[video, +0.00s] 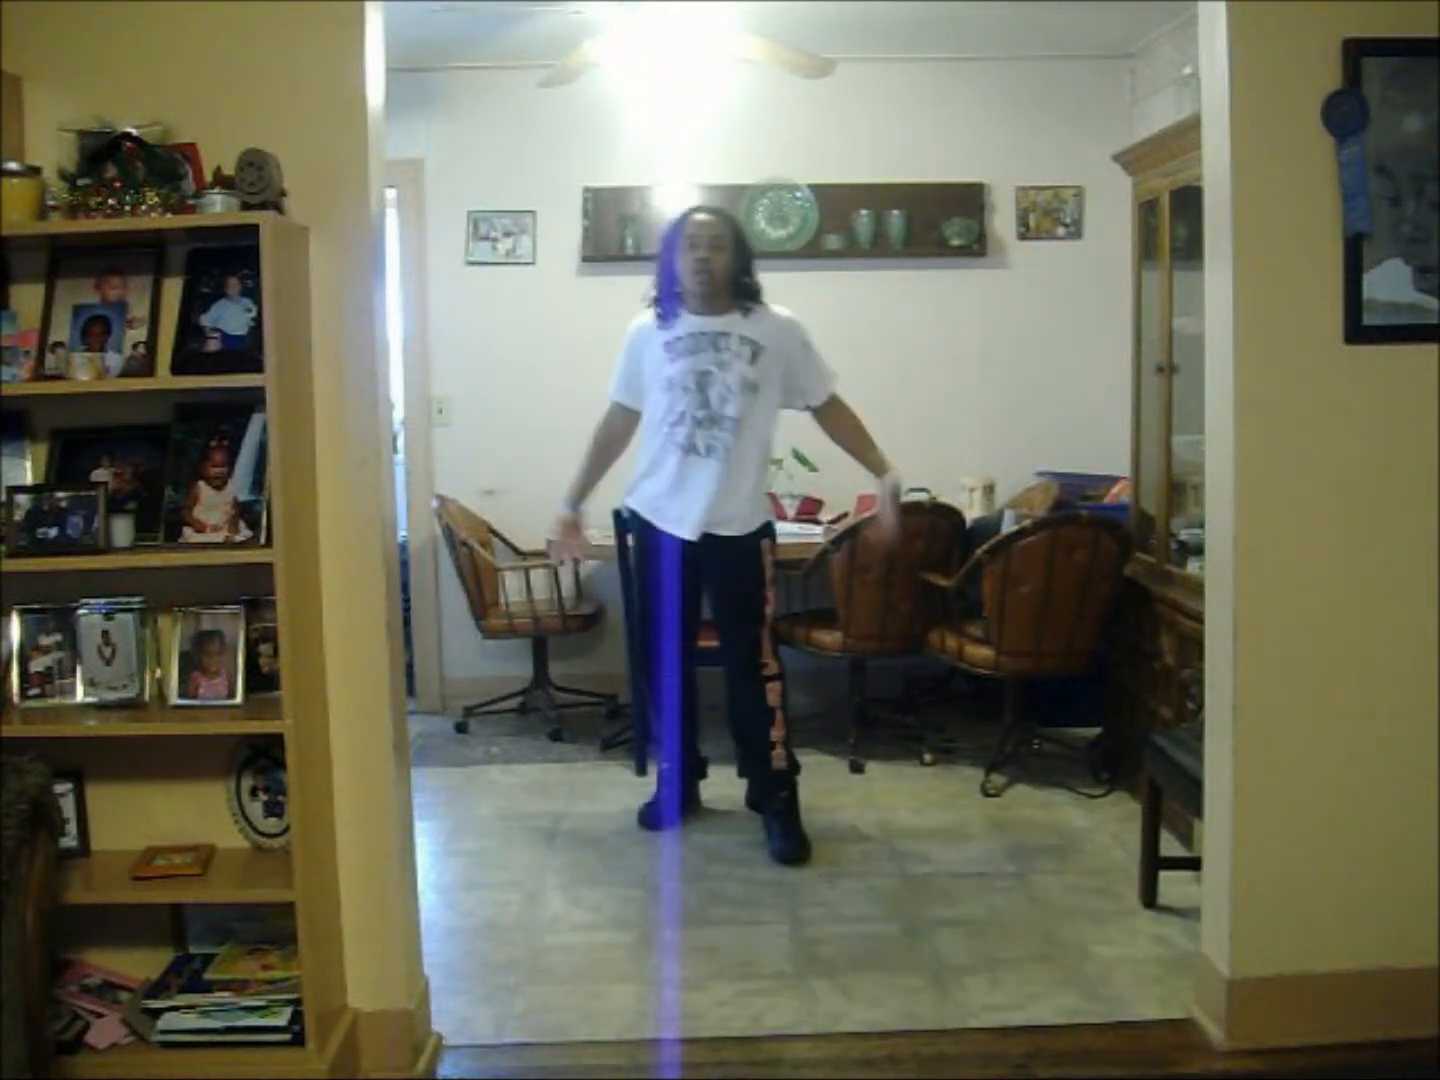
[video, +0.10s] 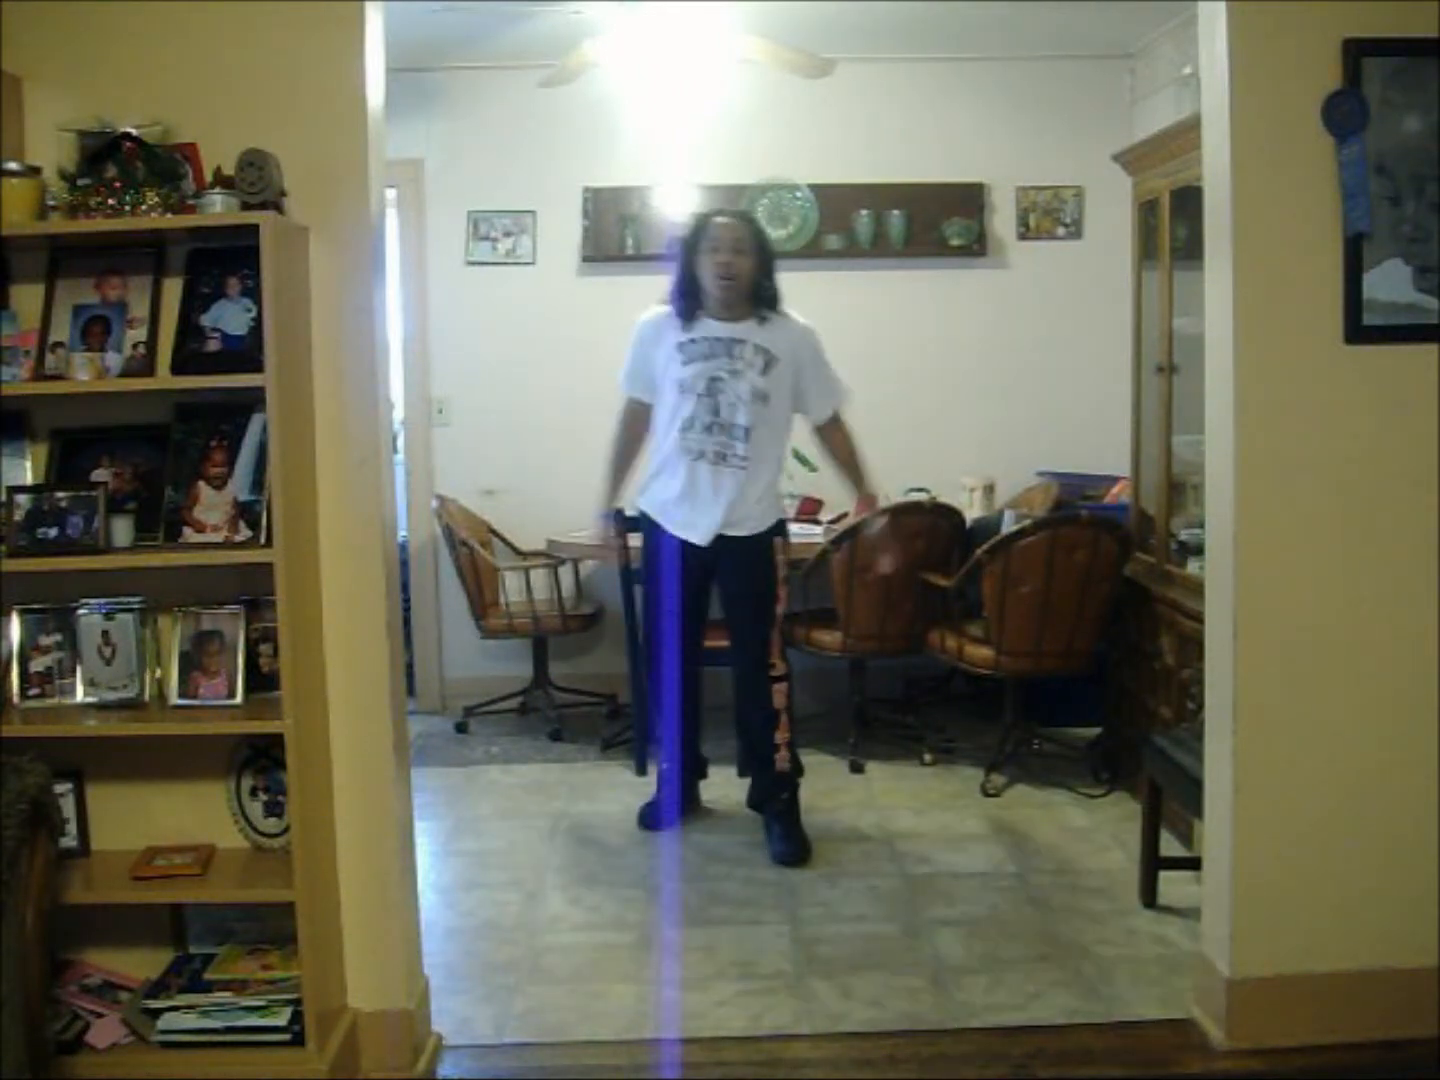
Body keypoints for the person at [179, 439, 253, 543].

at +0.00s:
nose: (219, 471)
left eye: (223, 466)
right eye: (213, 466)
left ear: (230, 469)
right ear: (204, 468)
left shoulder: (232, 488)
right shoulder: (200, 487)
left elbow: (237, 511)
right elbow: (186, 511)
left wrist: (232, 531)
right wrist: (201, 526)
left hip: (225, 534)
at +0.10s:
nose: (219, 471)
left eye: (223, 466)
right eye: (214, 466)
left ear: (230, 469)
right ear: (203, 468)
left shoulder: (232, 488)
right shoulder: (200, 488)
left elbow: (237, 511)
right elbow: (186, 511)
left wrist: (232, 531)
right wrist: (201, 527)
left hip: (225, 533)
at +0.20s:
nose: (219, 471)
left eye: (223, 466)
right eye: (214, 466)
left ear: (230, 469)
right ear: (203, 468)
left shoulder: (232, 488)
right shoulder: (200, 488)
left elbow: (237, 511)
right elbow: (186, 511)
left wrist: (232, 532)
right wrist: (202, 527)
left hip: (225, 533)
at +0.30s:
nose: (219, 471)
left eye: (223, 466)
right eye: (214, 466)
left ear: (230, 469)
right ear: (203, 468)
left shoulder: (232, 488)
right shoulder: (200, 488)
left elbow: (237, 511)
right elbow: (186, 511)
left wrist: (232, 532)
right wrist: (202, 527)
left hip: (225, 533)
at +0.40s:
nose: (219, 471)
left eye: (223, 466)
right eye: (214, 466)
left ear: (230, 469)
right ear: (203, 468)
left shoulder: (232, 488)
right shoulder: (200, 488)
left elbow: (237, 511)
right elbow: (186, 511)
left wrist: (232, 532)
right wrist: (202, 527)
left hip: (225, 533)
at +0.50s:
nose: (219, 471)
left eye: (223, 466)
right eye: (214, 466)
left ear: (230, 469)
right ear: (204, 468)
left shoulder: (232, 488)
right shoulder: (200, 487)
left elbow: (237, 511)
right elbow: (186, 511)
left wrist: (232, 532)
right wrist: (202, 527)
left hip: (225, 533)